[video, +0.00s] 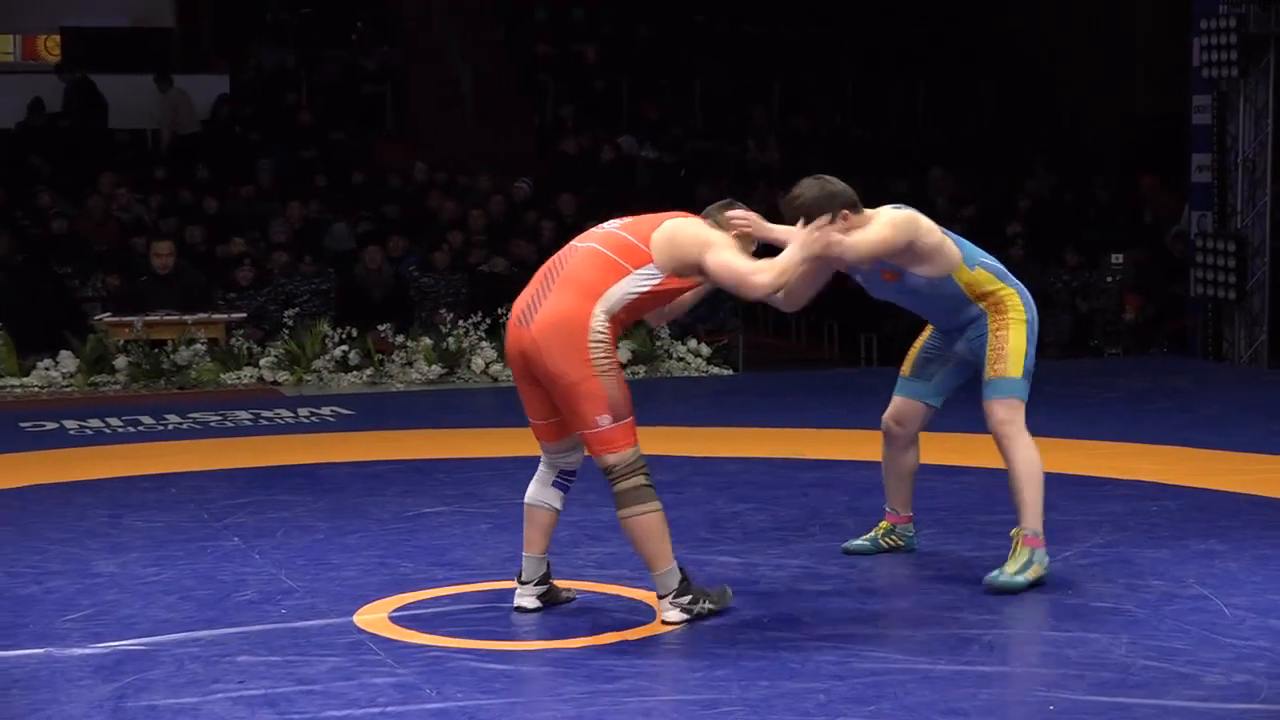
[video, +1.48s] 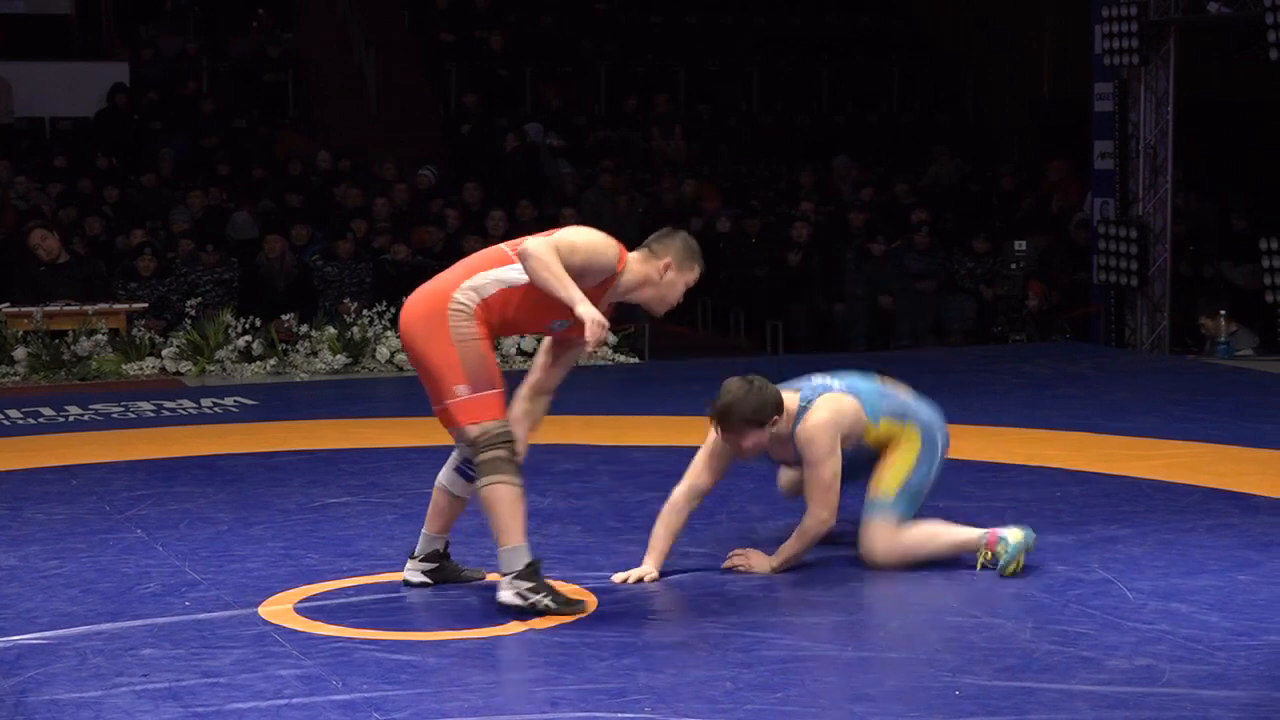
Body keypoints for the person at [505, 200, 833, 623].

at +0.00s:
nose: (747, 257)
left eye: (751, 249)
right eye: (748, 247)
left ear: (707, 217)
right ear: (734, 232)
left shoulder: (653, 232)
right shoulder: (706, 237)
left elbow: (658, 316)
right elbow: (758, 281)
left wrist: (711, 274)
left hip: (523, 331)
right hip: (575, 334)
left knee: (558, 461)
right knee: (625, 468)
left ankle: (531, 583)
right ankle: (674, 593)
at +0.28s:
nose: (760, 252)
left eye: (766, 244)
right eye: (765, 241)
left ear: (729, 192)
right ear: (758, 219)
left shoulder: (673, 211)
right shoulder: (734, 215)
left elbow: (705, 274)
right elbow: (829, 203)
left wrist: (769, 286)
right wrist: (845, 203)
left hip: (570, 323)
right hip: (631, 330)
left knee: (565, 457)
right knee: (668, 462)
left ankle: (518, 578)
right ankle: (663, 594)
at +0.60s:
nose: (756, 256)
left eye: (766, 250)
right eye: (766, 243)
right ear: (757, 219)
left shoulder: (671, 223)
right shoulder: (724, 197)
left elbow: (705, 302)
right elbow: (822, 179)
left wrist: (760, 310)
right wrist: (838, 229)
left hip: (575, 318)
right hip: (635, 325)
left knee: (545, 458)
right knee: (683, 450)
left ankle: (500, 584)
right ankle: (649, 573)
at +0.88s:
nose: (754, 247)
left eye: (760, 242)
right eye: (758, 235)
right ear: (738, 215)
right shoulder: (702, 199)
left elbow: (720, 286)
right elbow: (801, 186)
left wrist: (781, 252)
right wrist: (818, 227)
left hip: (555, 322)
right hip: (618, 330)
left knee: (511, 462)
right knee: (689, 444)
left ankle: (461, 586)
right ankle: (705, 569)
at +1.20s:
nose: (723, 263)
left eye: (728, 255)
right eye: (725, 253)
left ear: (683, 230)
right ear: (707, 240)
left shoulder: (635, 250)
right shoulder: (681, 269)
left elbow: (709, 329)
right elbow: (667, 369)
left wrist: (754, 282)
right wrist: (723, 378)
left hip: (514, 350)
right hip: (576, 352)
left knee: (550, 455)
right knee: (655, 454)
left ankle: (459, 539)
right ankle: (693, 570)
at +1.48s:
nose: (681, 299)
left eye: (688, 289)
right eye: (687, 286)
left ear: (663, 268)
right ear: (666, 266)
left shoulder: (589, 317)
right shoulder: (604, 252)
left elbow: (538, 388)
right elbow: (534, 250)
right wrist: (582, 305)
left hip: (449, 319)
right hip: (449, 311)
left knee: (477, 445)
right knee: (497, 445)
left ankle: (427, 559)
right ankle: (519, 578)